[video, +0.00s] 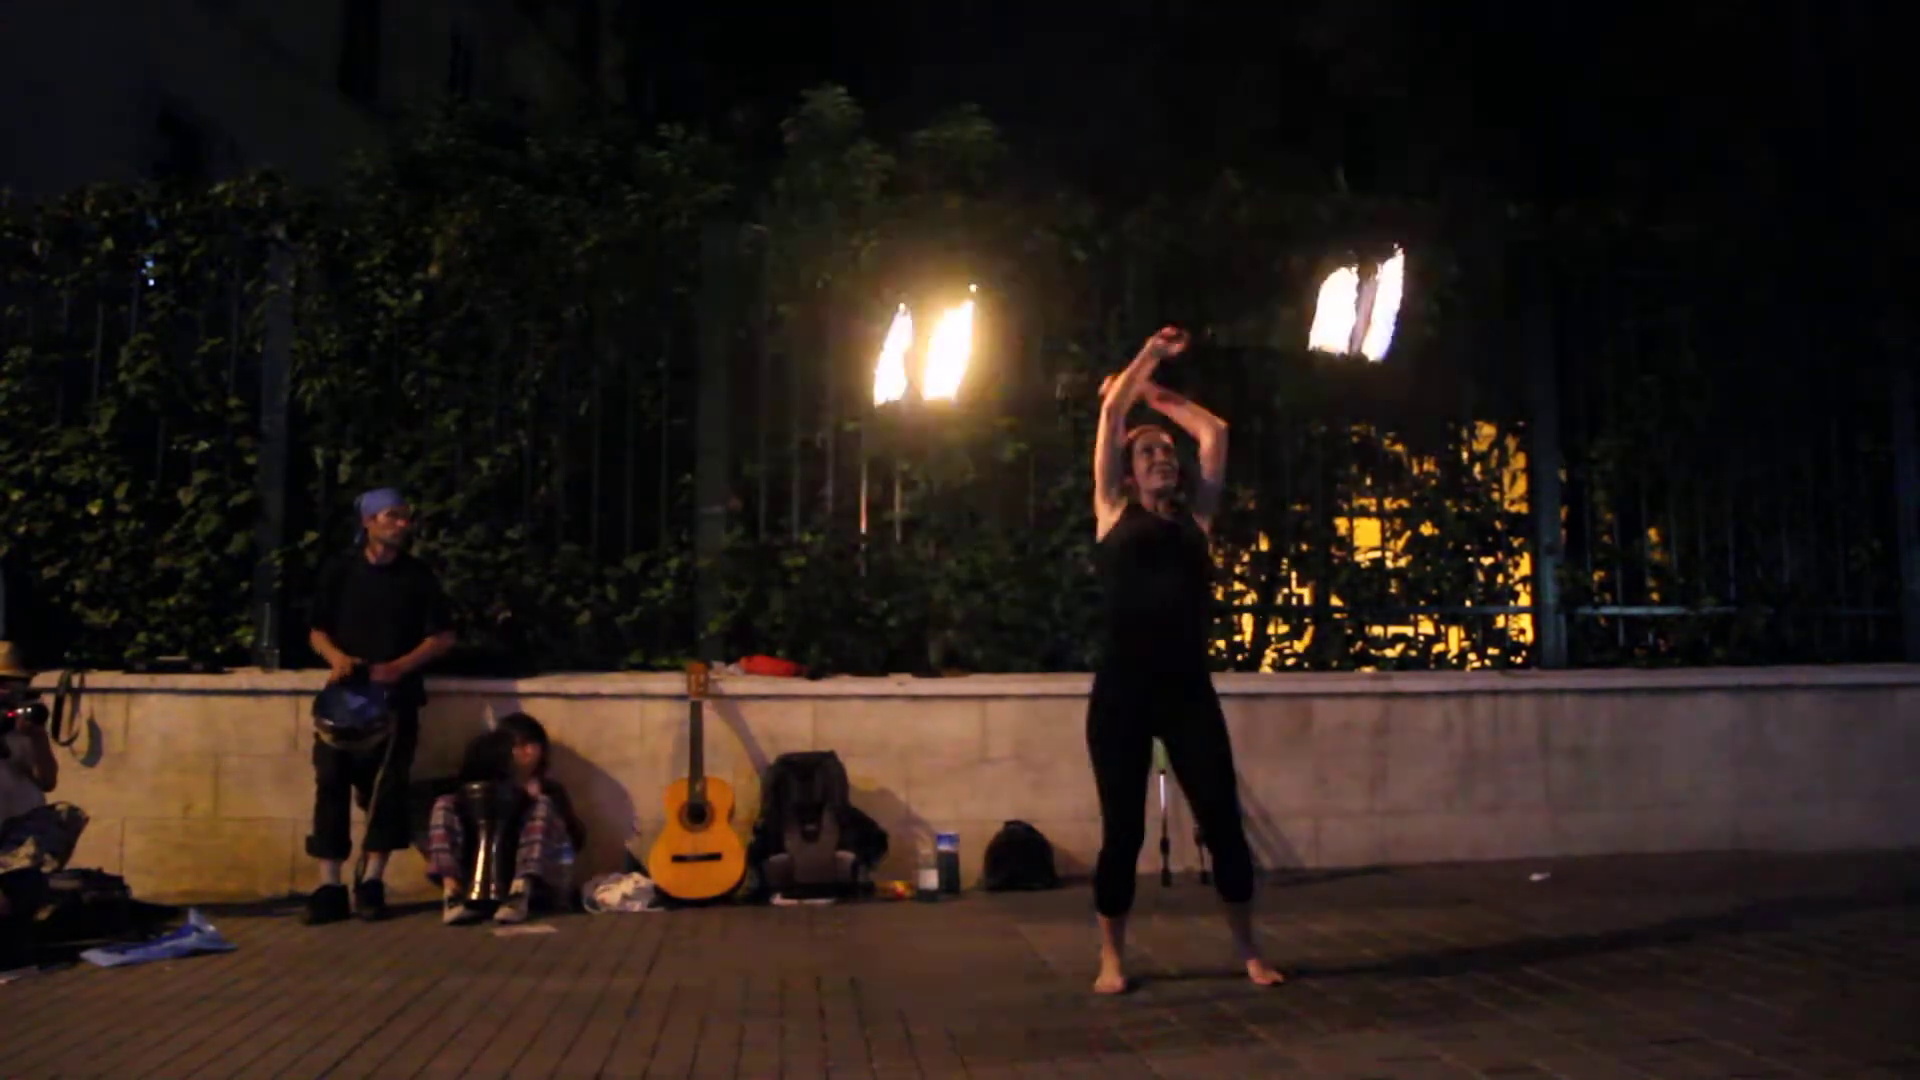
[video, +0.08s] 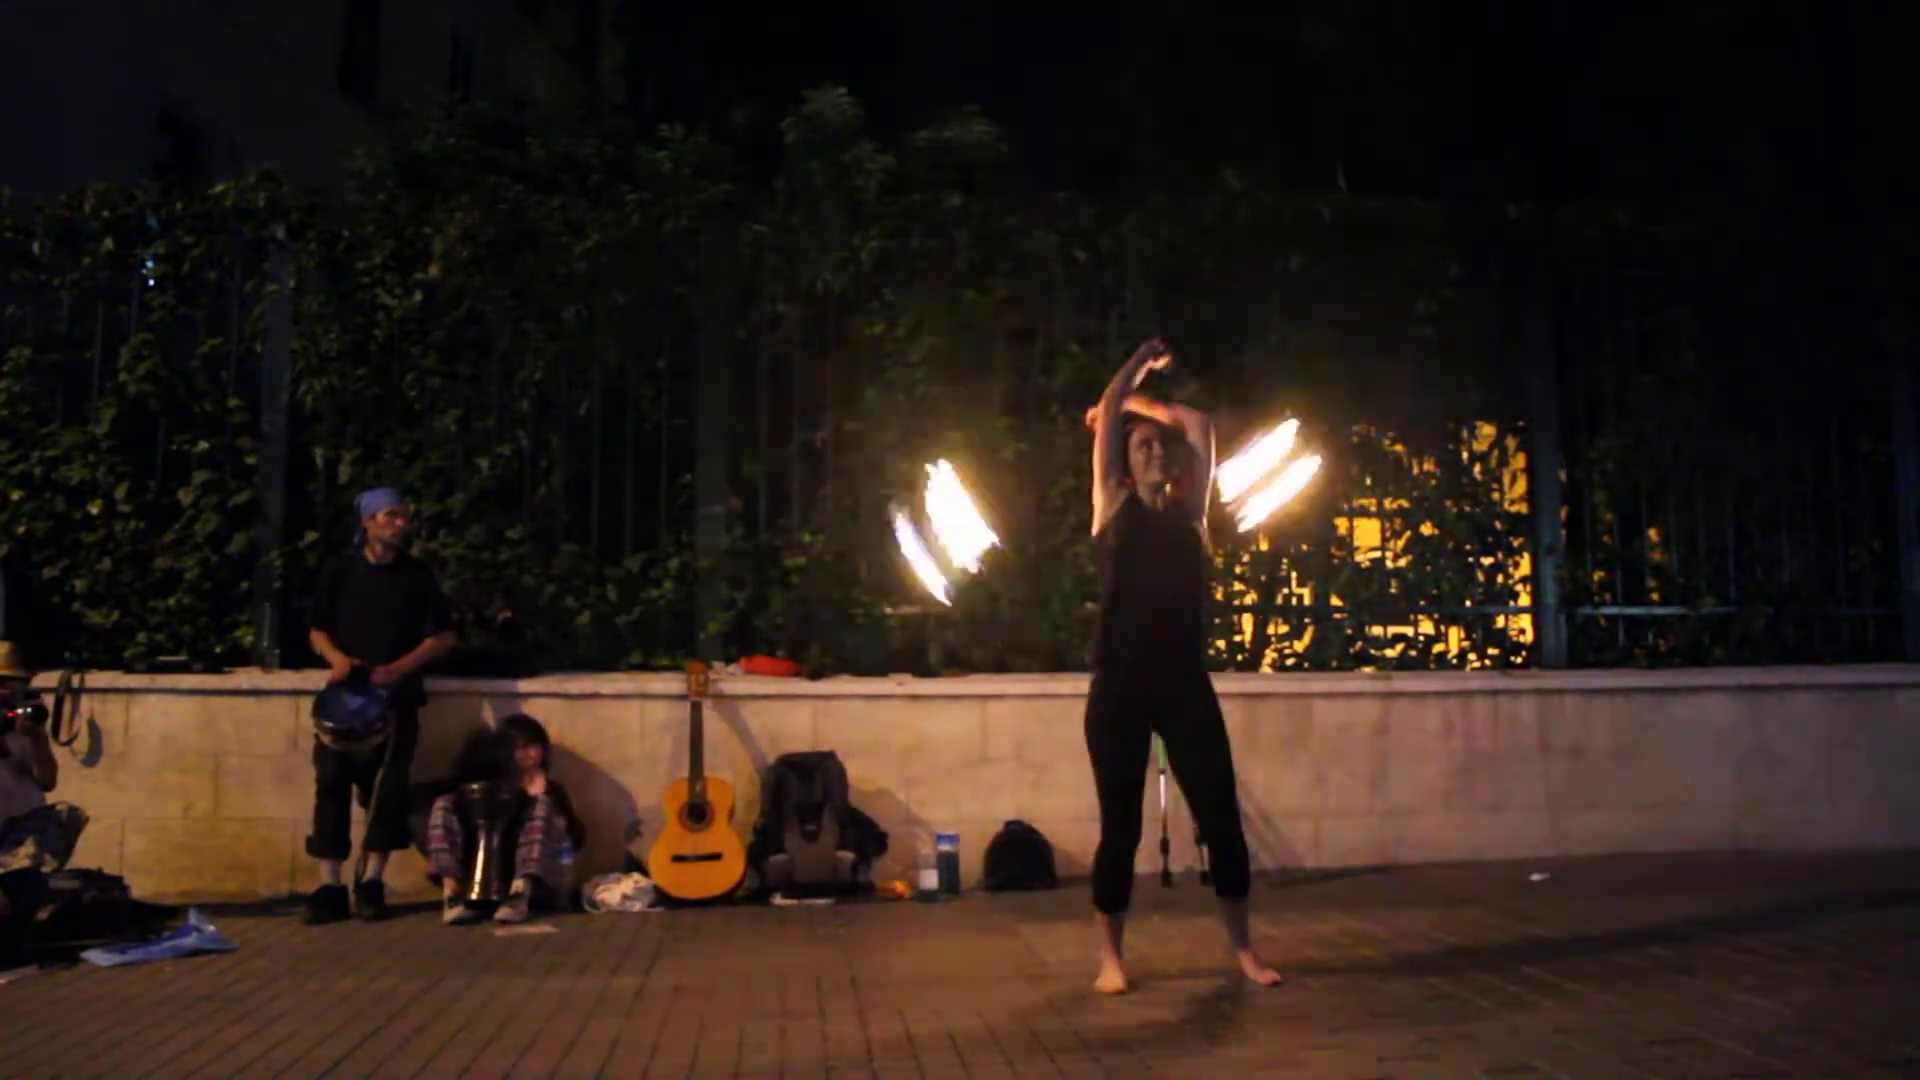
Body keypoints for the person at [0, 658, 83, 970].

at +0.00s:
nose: (14, 693)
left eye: (20, 686)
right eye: (9, 685)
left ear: (26, 687)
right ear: (1, 686)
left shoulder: (24, 727)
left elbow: (47, 781)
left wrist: (36, 733)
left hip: (23, 816)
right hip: (10, 818)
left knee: (71, 817)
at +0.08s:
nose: (11, 690)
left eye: (17, 683)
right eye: (5, 683)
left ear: (26, 686)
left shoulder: (25, 726)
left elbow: (47, 782)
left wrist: (36, 732)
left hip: (26, 818)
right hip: (10, 821)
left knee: (71, 818)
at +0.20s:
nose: (13, 693)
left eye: (18, 686)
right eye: (8, 686)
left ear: (26, 687)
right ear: (0, 687)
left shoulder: (22, 729)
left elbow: (47, 782)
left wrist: (37, 733)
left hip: (20, 817)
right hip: (10, 819)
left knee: (68, 817)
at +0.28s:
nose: (12, 691)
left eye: (17, 684)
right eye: (7, 683)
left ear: (26, 687)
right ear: (2, 686)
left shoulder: (24, 726)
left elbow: (47, 783)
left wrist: (37, 732)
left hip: (28, 817)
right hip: (11, 821)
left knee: (71, 816)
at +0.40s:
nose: (13, 692)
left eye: (18, 685)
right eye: (7, 684)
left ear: (27, 688)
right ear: (0, 687)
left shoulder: (23, 727)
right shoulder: (9, 728)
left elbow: (47, 783)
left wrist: (38, 733)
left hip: (27, 817)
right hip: (10, 821)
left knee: (70, 816)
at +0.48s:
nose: (14, 691)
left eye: (19, 684)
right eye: (8, 683)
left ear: (27, 687)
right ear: (1, 686)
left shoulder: (24, 725)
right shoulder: (10, 727)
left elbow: (47, 783)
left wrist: (39, 735)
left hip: (28, 815)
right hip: (10, 820)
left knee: (71, 816)